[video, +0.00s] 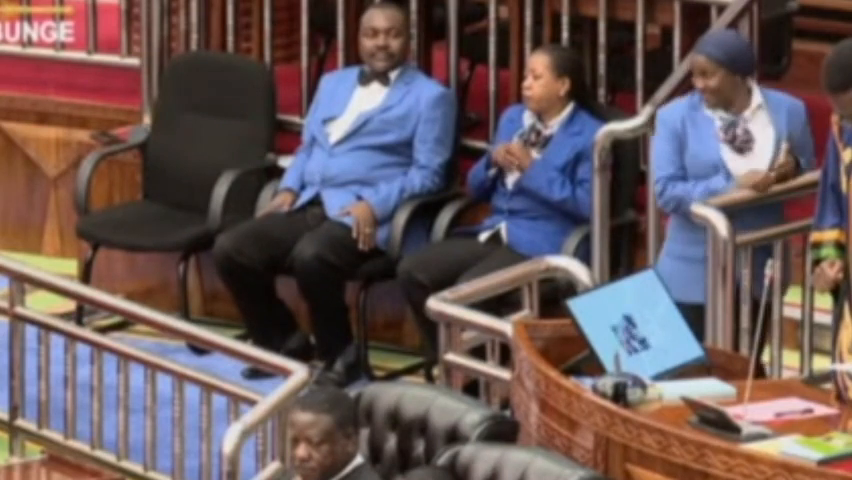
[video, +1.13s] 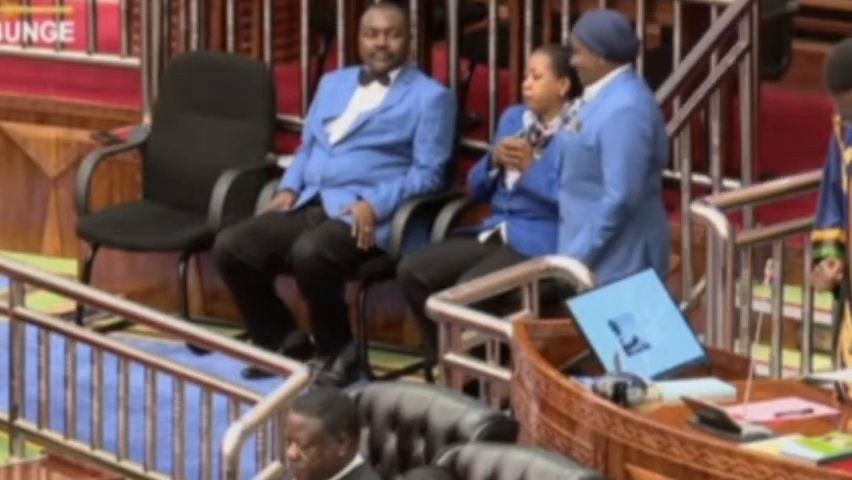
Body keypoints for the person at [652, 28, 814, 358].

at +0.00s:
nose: (698, 84)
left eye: (707, 75)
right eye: (694, 75)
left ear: (739, 73)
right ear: (689, 75)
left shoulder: (789, 111)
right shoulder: (673, 118)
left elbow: (809, 178)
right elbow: (666, 193)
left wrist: (792, 173)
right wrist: (734, 186)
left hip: (757, 276)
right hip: (690, 277)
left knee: (745, 378)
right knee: (688, 376)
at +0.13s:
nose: (701, 78)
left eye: (709, 68)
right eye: (698, 68)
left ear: (741, 68)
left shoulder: (795, 114)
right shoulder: (679, 110)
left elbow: (813, 188)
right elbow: (659, 185)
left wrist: (790, 178)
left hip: (758, 274)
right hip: (689, 272)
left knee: (751, 377)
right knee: (685, 374)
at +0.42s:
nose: (681, 74)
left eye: (689, 65)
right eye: (681, 64)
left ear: (719, 68)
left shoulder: (776, 119)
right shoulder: (673, 103)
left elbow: (800, 189)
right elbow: (653, 182)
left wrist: (753, 184)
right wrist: (640, 253)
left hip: (740, 274)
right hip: (675, 267)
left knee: (735, 372)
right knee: (668, 363)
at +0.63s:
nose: (673, 72)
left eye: (680, 63)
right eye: (672, 63)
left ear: (711, 68)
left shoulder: (767, 119)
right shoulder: (670, 101)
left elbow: (786, 191)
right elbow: (651, 181)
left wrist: (722, 195)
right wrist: (637, 252)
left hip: (734, 273)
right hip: (670, 265)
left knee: (728, 370)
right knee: (662, 359)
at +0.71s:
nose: (634, 67)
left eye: (641, 58)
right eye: (635, 58)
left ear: (671, 64)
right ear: (663, 63)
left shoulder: (719, 117)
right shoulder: (644, 105)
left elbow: (732, 198)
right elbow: (631, 188)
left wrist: (670, 236)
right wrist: (622, 250)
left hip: (689, 278)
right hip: (640, 269)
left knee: (682, 372)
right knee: (636, 364)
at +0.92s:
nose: (606, 65)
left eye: (612, 56)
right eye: (607, 56)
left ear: (640, 60)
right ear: (634, 60)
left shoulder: (675, 113)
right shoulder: (626, 104)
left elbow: (680, 197)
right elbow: (613, 187)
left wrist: (633, 252)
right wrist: (603, 250)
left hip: (669, 277)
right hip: (624, 270)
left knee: (673, 377)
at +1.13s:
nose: (572, 61)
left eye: (578, 53)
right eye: (573, 53)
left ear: (601, 56)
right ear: (599, 56)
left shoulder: (626, 106)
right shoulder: (604, 96)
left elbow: (620, 197)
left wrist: (573, 260)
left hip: (619, 258)